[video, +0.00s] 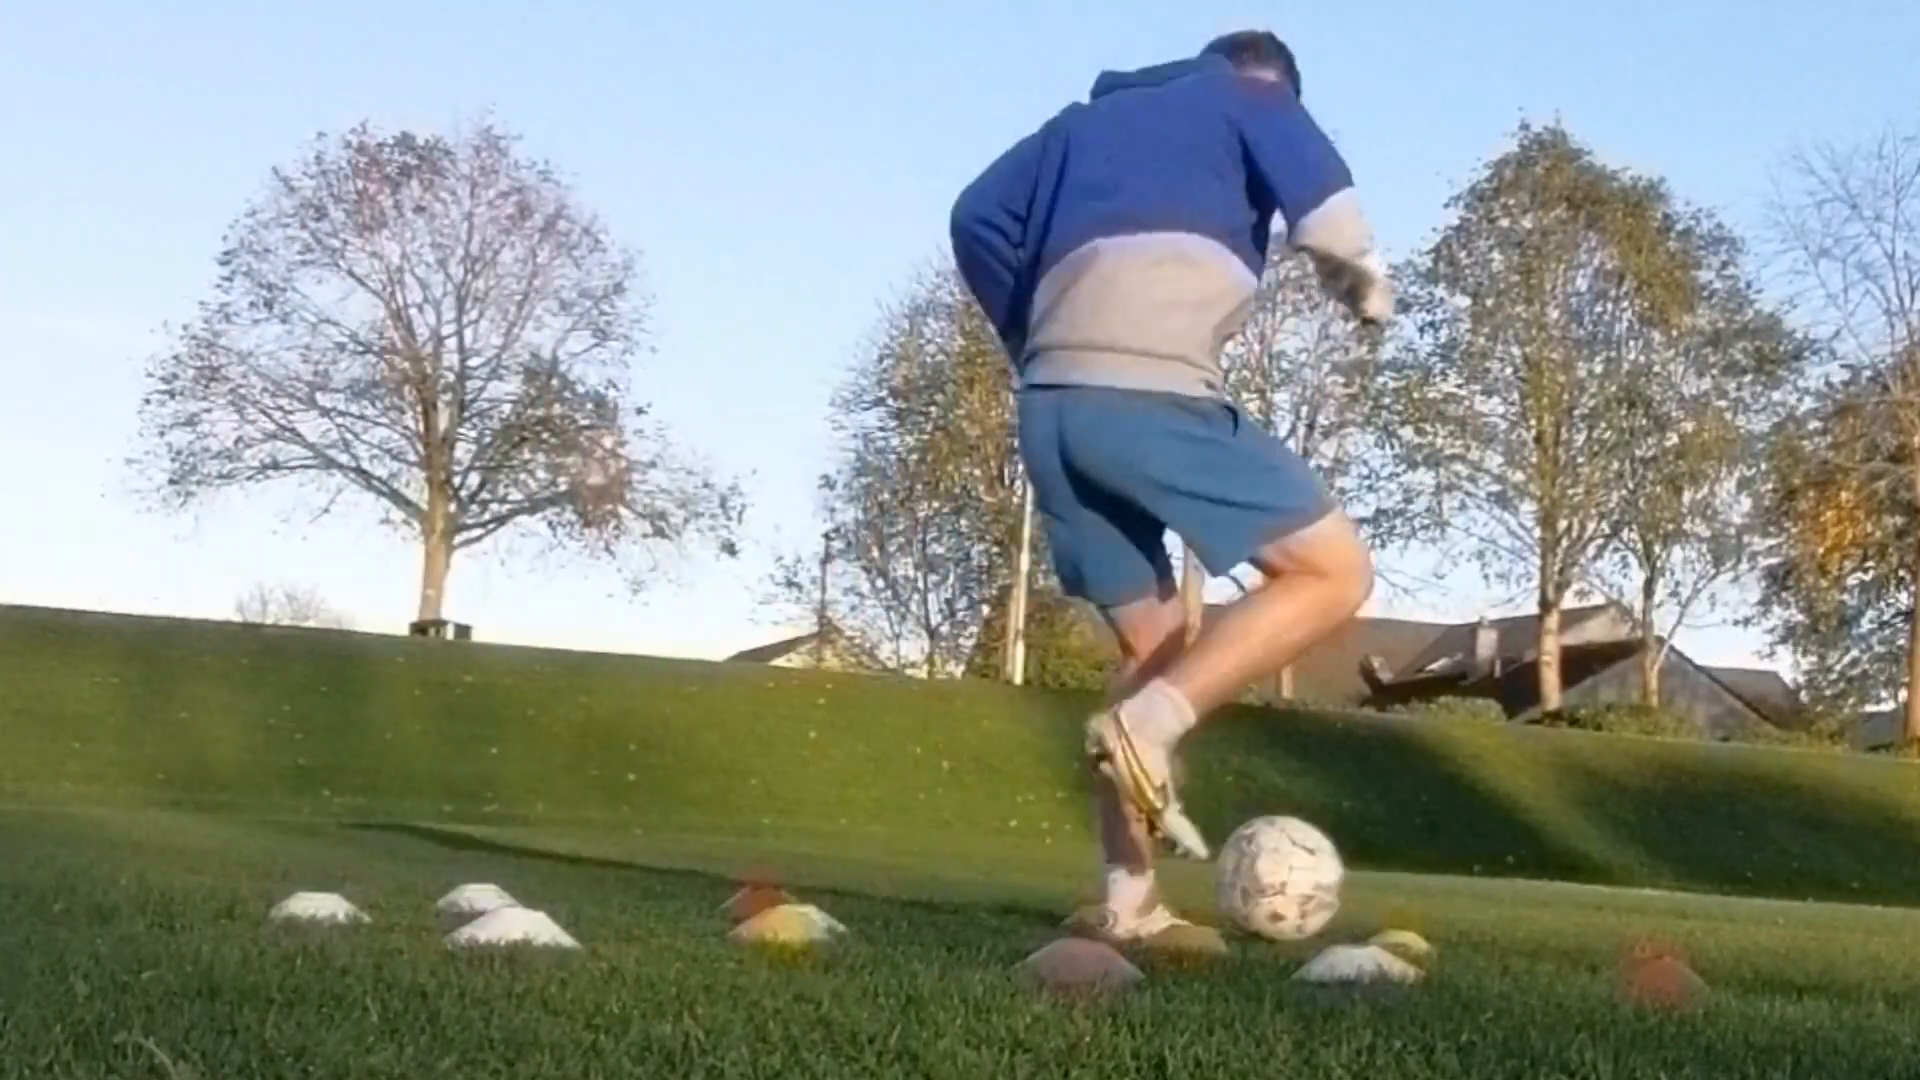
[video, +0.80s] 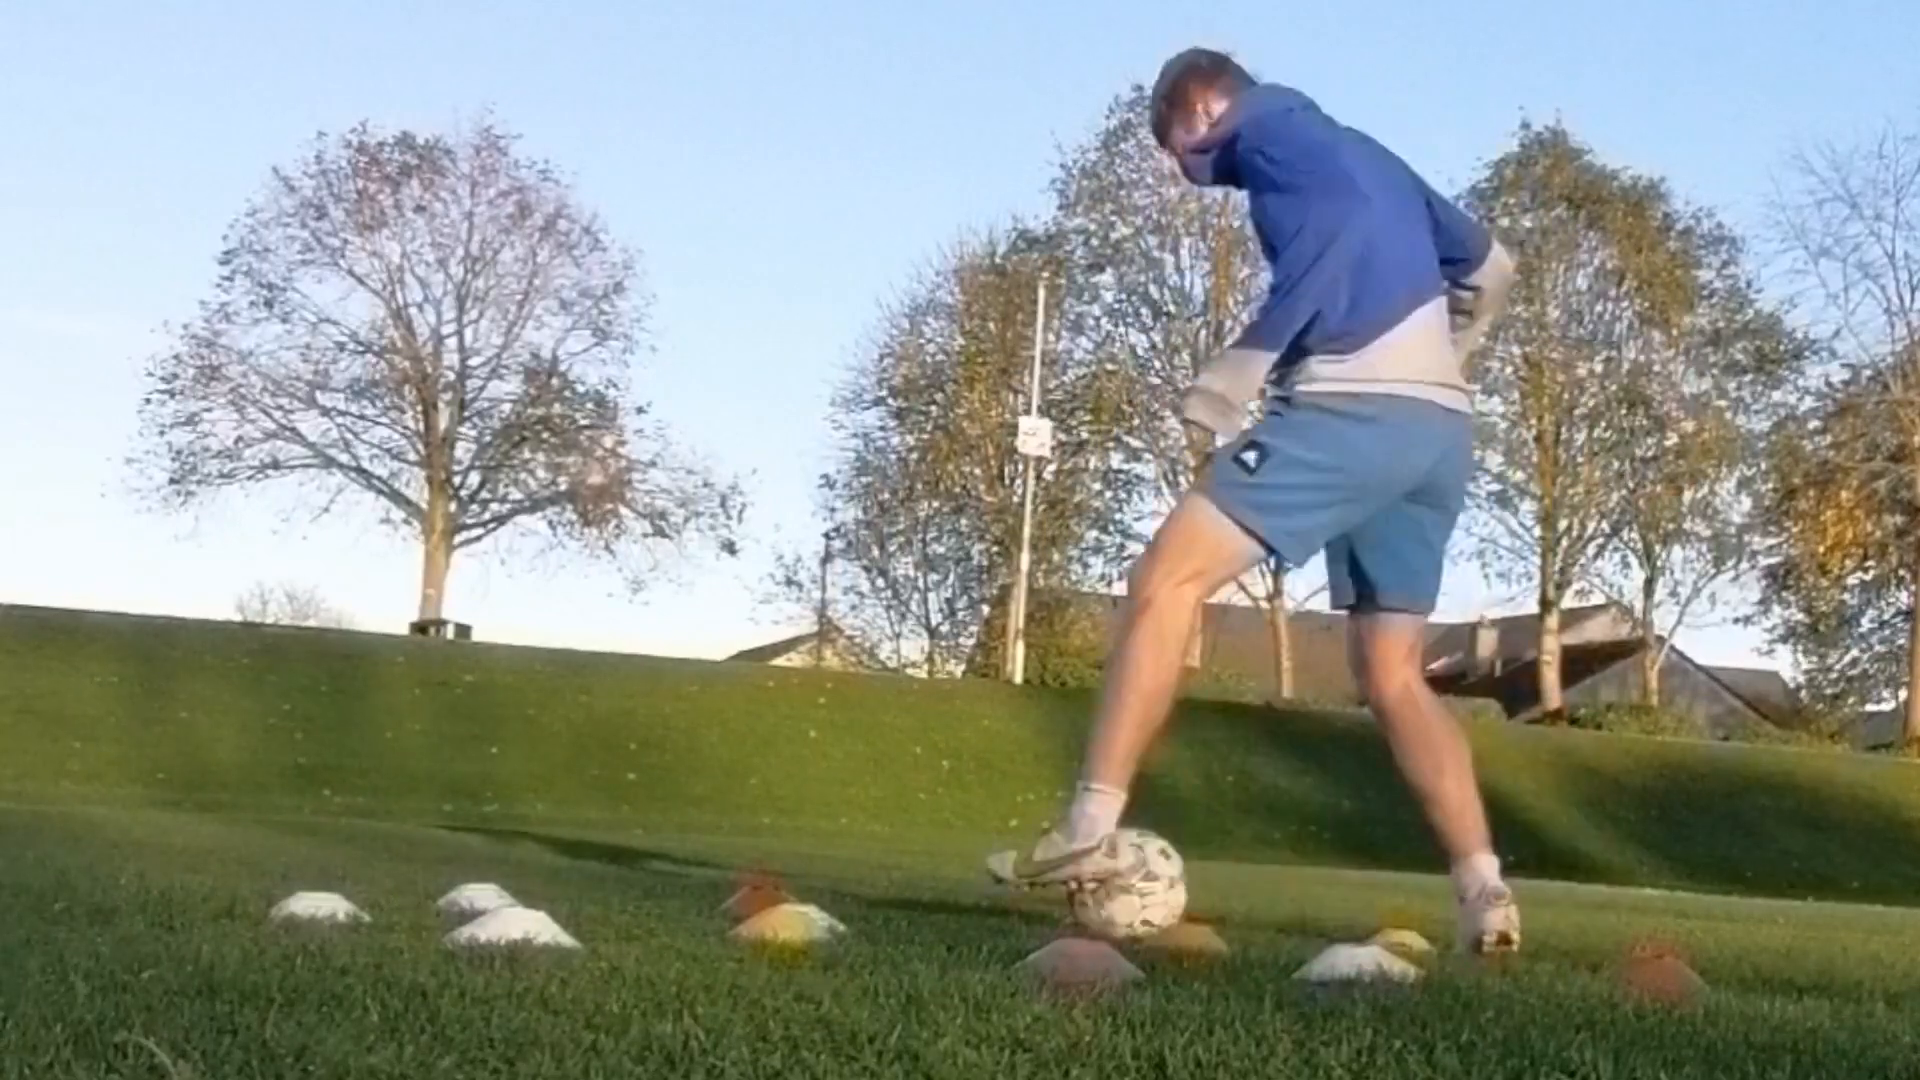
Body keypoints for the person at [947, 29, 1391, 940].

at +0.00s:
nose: (1280, 118)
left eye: (1282, 104)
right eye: (1280, 101)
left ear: (1201, 64)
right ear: (1260, 76)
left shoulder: (1081, 120)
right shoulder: (1250, 97)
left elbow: (978, 217)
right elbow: (1330, 225)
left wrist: (1042, 347)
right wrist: (1361, 286)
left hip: (1049, 411)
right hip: (1158, 402)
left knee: (1157, 648)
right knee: (1333, 574)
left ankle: (1127, 904)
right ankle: (1147, 724)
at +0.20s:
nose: (1390, 126)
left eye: (1384, 118)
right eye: (1384, 114)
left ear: (1291, 95)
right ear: (1358, 96)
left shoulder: (1205, 159)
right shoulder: (1351, 103)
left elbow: (1120, 310)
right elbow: (1446, 162)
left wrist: (1212, 365)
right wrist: (1522, 296)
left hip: (1178, 406)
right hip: (1299, 385)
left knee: (1196, 644)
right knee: (1449, 505)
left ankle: (1128, 892)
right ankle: (1348, 696)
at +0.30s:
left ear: (1284, 130)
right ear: (1388, 108)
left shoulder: (1235, 178)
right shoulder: (1408, 118)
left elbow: (1151, 281)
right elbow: (1487, 92)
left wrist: (1243, 316)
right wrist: (1562, 191)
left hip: (1236, 384)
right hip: (1367, 369)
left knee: (1223, 610)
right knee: (1474, 564)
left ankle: (1156, 854)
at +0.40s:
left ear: (1300, 175)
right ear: (1421, 153)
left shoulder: (1245, 226)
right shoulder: (1449, 168)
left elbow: (1201, 281)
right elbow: (1552, 156)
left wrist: (1282, 398)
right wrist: (1609, 243)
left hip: (1302, 436)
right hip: (1441, 432)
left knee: (1220, 605)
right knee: (1527, 690)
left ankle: (1239, 744)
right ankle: (1593, 943)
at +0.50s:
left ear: (1334, 177)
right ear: (1415, 183)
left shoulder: (1302, 203)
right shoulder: (1484, 215)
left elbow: (1242, 272)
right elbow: (1585, 276)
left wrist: (1198, 407)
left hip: (1348, 454)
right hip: (1484, 455)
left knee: (1217, 611)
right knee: (1554, 697)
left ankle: (1284, 780)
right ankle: (1597, 945)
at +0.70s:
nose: (1227, 153)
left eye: (1230, 139)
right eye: (1226, 141)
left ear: (1252, 118)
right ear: (1320, 104)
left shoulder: (1269, 147)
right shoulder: (1440, 158)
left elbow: (1217, 266)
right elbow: (1577, 271)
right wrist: (1606, 413)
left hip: (1353, 412)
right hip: (1466, 423)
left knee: (1182, 600)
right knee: (1426, 662)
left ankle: (1204, 824)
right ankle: (1487, 888)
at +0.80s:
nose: (1178, 161)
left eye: (1173, 140)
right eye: (1169, 147)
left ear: (1202, 104)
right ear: (1236, 90)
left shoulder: (1262, 130)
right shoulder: (1367, 155)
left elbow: (1327, 246)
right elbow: (1483, 258)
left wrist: (1228, 379)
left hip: (1345, 412)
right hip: (1440, 428)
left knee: (1166, 584)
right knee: (1393, 673)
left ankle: (1089, 828)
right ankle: (1485, 893)